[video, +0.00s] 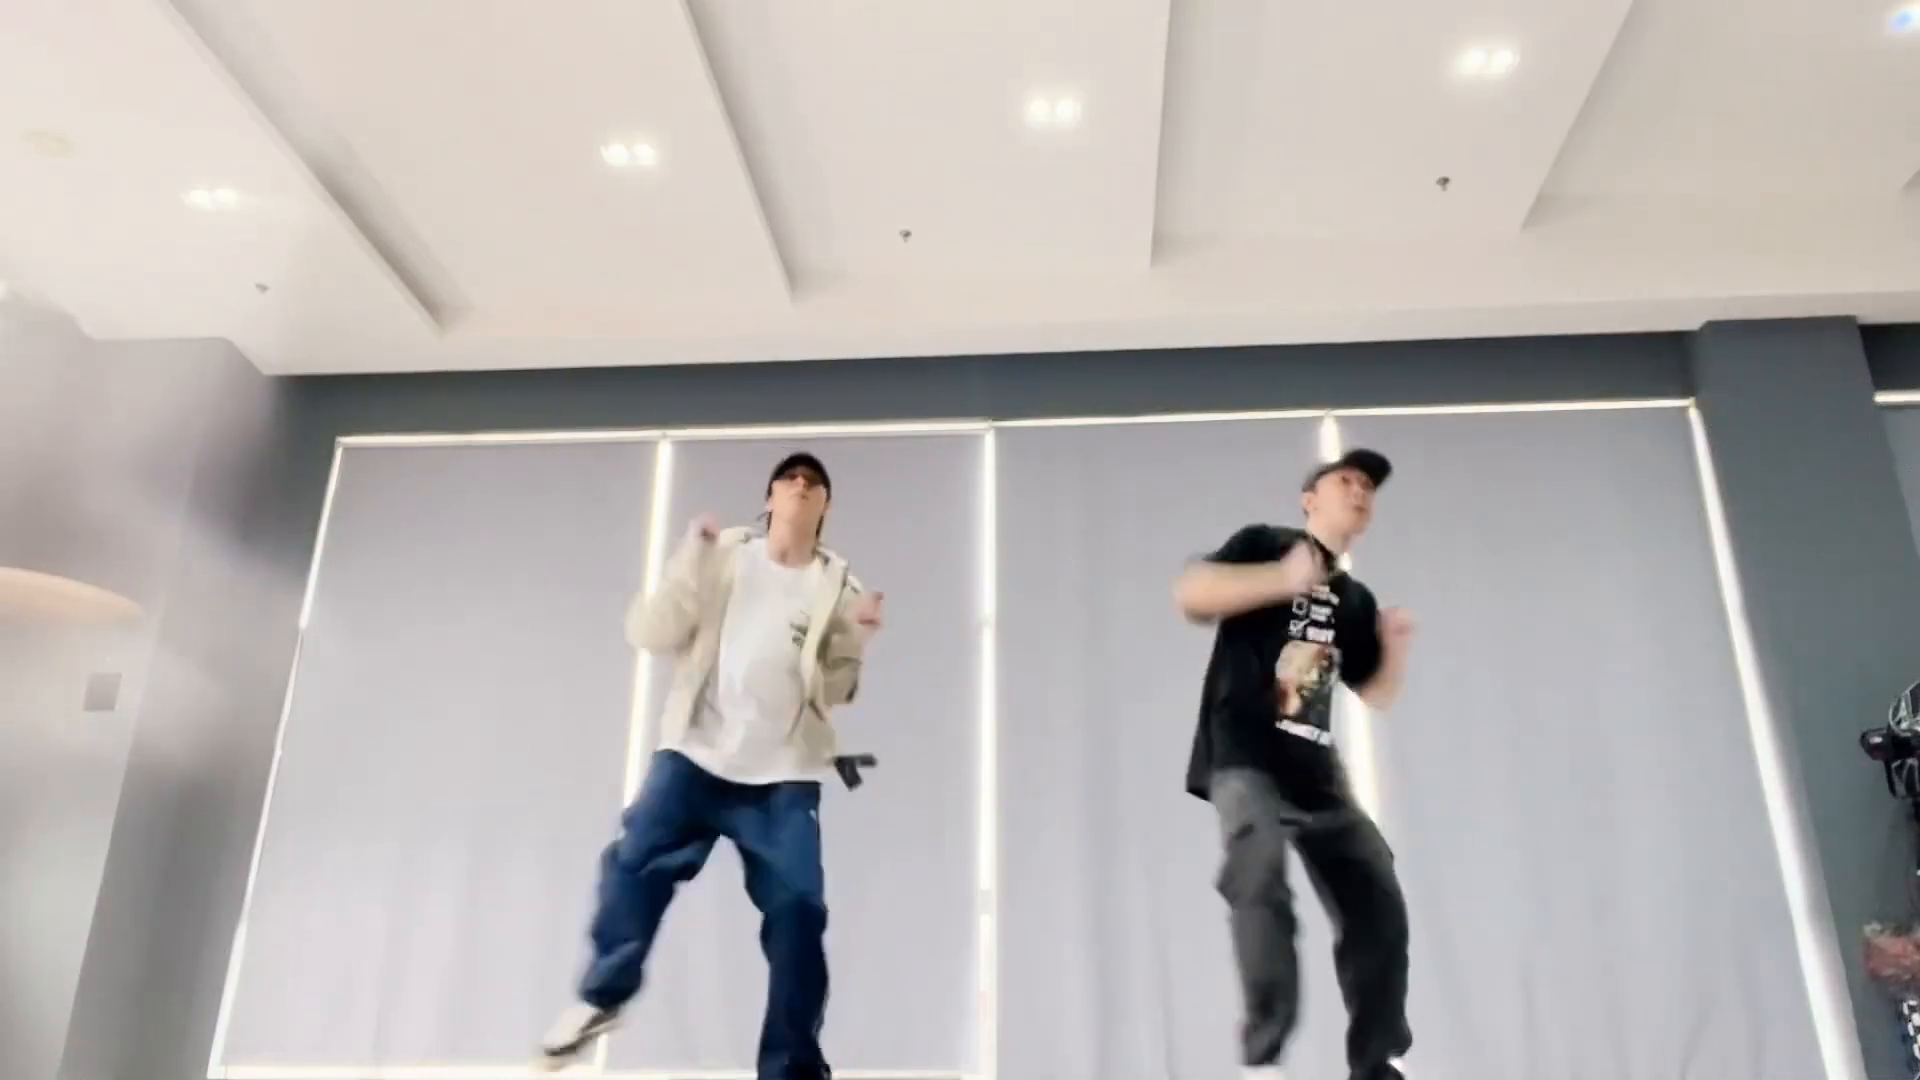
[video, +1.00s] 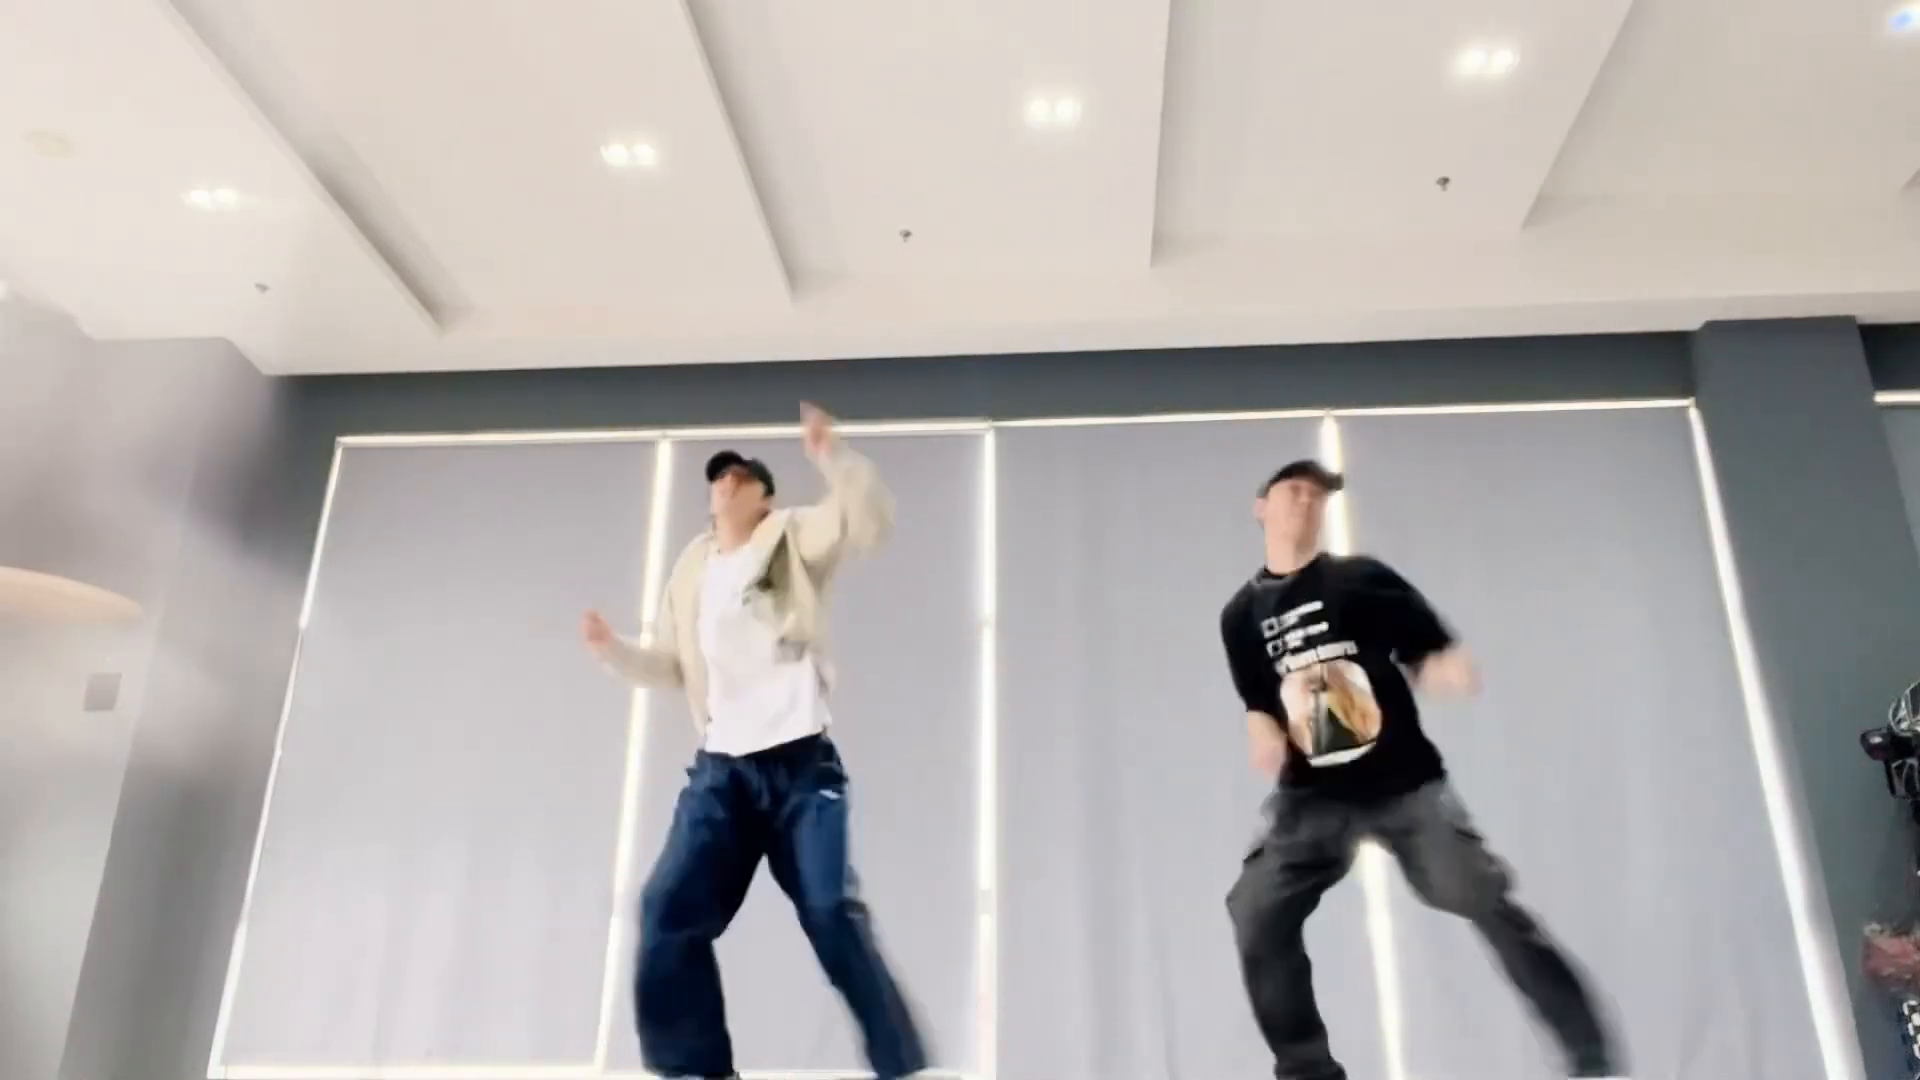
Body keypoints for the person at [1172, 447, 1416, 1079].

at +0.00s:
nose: (1359, 499)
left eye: (1368, 494)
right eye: (1346, 486)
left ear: (1370, 517)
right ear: (1310, 496)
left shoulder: (1356, 599)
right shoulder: (1263, 545)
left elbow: (1375, 693)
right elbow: (1192, 595)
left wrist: (1391, 651)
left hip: (1312, 761)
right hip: (1242, 747)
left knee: (1375, 897)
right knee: (1257, 868)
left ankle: (1376, 1060)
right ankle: (1264, 1051)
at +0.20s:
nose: (1365, 576)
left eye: (1372, 570)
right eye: (1351, 564)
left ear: (1376, 588)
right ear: (1323, 570)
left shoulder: (1360, 667)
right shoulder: (1290, 587)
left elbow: (1447, 656)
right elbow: (1274, 488)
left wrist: (1531, 613)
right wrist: (1289, 389)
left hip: (1274, 831)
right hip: (1215, 802)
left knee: (1370, 912)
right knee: (1159, 932)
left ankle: (1375, 1068)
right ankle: (1019, 1041)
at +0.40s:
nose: (1323, 484)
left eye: (1334, 477)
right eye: (1309, 476)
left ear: (1348, 497)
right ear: (1287, 495)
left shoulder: (1369, 597)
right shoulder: (1256, 561)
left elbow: (1362, 692)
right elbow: (1218, 664)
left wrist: (1348, 690)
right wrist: (1282, 654)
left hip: (1344, 761)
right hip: (1263, 740)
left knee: (1400, 910)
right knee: (1262, 871)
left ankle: (1385, 1071)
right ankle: (1185, 1020)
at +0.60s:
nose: (1251, 510)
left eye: (1262, 498)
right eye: (1238, 505)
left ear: (1289, 506)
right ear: (1229, 527)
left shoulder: (1351, 541)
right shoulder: (1245, 609)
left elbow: (1434, 486)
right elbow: (1223, 674)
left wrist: (1376, 423)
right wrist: (1175, 663)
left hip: (1423, 773)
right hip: (1328, 796)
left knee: (1515, 867)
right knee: (1266, 890)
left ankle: (1510, 1034)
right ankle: (1305, 1063)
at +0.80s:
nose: (1282, 566)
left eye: (1292, 556)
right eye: (1267, 563)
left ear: (1316, 569)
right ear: (1255, 589)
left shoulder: (1355, 586)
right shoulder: (1265, 665)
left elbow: (1385, 495)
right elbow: (1189, 675)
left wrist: (1371, 400)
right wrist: (1102, 654)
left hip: (1472, 802)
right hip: (1393, 835)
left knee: (1600, 939)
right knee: (1281, 914)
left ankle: (1767, 1059)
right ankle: (1309, 1071)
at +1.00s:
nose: (1305, 502)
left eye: (1315, 495)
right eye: (1291, 492)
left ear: (1326, 513)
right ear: (1260, 509)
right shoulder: (1243, 616)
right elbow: (1262, 720)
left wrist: (1425, 667)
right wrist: (1273, 753)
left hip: (1403, 785)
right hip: (1313, 796)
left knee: (1476, 893)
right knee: (1258, 909)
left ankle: (1590, 1053)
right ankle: (1307, 1071)